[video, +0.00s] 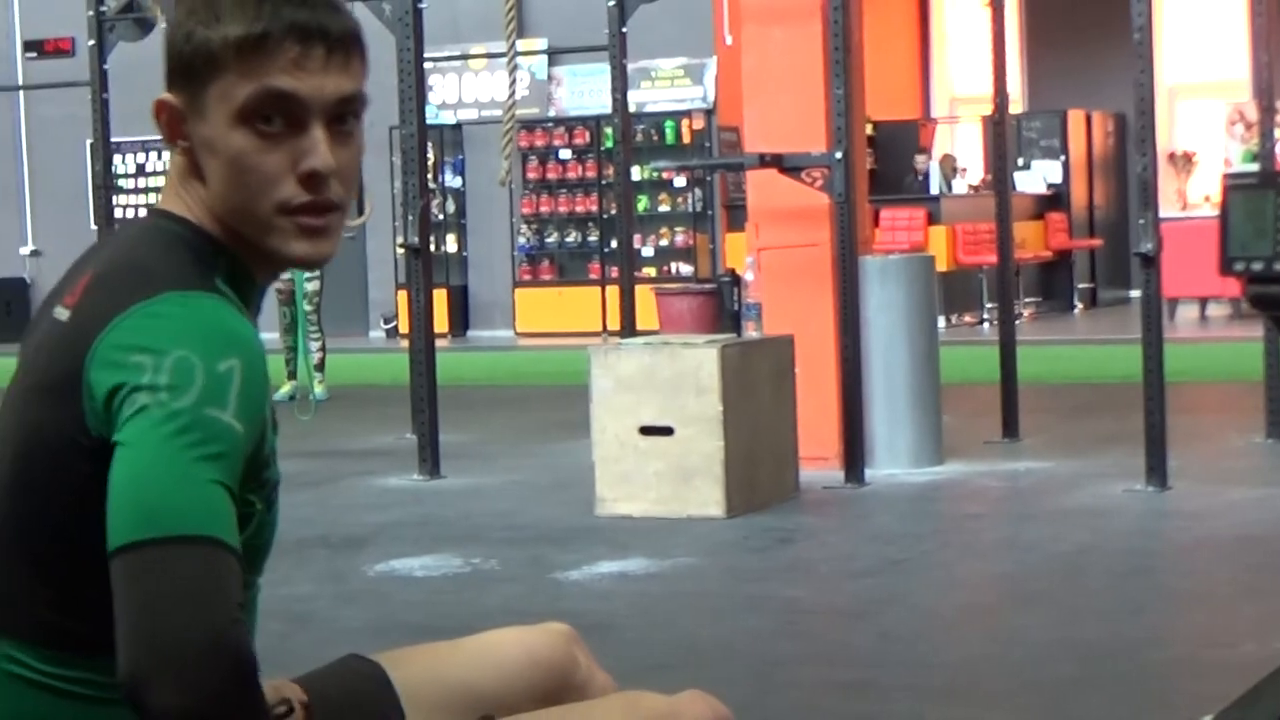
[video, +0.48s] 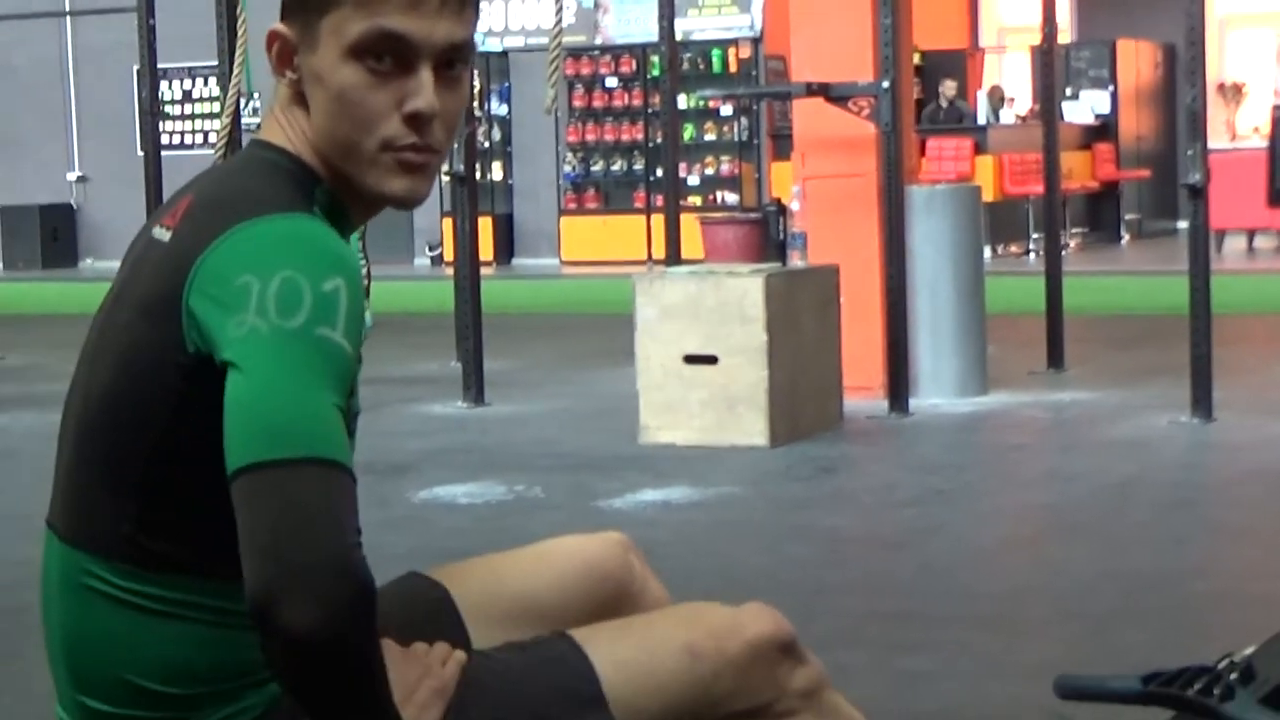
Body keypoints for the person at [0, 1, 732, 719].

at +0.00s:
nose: (322, 163)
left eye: (343, 121)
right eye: (273, 123)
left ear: (367, 128)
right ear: (179, 133)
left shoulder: (130, 268)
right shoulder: (190, 331)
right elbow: (183, 682)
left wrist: (237, 691)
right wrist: (269, 703)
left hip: (85, 691)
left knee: (553, 654)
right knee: (695, 708)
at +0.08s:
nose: (347, 170)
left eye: (370, 129)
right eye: (300, 128)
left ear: (393, 134)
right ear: (207, 133)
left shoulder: (169, 274)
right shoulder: (208, 325)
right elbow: (213, 679)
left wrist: (261, 695)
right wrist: (287, 708)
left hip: (108, 692)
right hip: (132, 718)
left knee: (566, 653)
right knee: (708, 711)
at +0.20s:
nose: (382, 166)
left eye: (406, 125)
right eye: (335, 120)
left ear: (428, 131)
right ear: (239, 121)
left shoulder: (213, 273)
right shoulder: (240, 315)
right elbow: (246, 677)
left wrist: (301, 690)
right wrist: (326, 708)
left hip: (155, 691)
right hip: (155, 718)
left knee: (580, 641)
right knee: (722, 706)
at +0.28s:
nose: (401, 149)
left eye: (426, 112)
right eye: (357, 105)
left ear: (447, 121)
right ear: (262, 107)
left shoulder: (231, 254)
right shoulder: (263, 296)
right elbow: (263, 647)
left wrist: (334, 689)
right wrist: (347, 714)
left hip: (189, 684)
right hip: (190, 714)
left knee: (589, 624)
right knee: (731, 691)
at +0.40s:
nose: (423, 114)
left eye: (446, 78)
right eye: (378, 70)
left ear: (466, 90)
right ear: (283, 74)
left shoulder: (247, 223)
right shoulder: (281, 261)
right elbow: (296, 617)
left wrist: (343, 665)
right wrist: (367, 712)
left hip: (201, 670)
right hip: (221, 703)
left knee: (603, 583)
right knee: (745, 661)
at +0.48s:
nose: (429, 105)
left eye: (452, 69)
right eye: (385, 60)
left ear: (471, 82)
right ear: (289, 62)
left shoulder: (255, 210)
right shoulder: (288, 248)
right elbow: (307, 601)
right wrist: (382, 712)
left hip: (212, 662)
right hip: (236, 701)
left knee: (609, 566)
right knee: (758, 650)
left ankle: (716, 707)